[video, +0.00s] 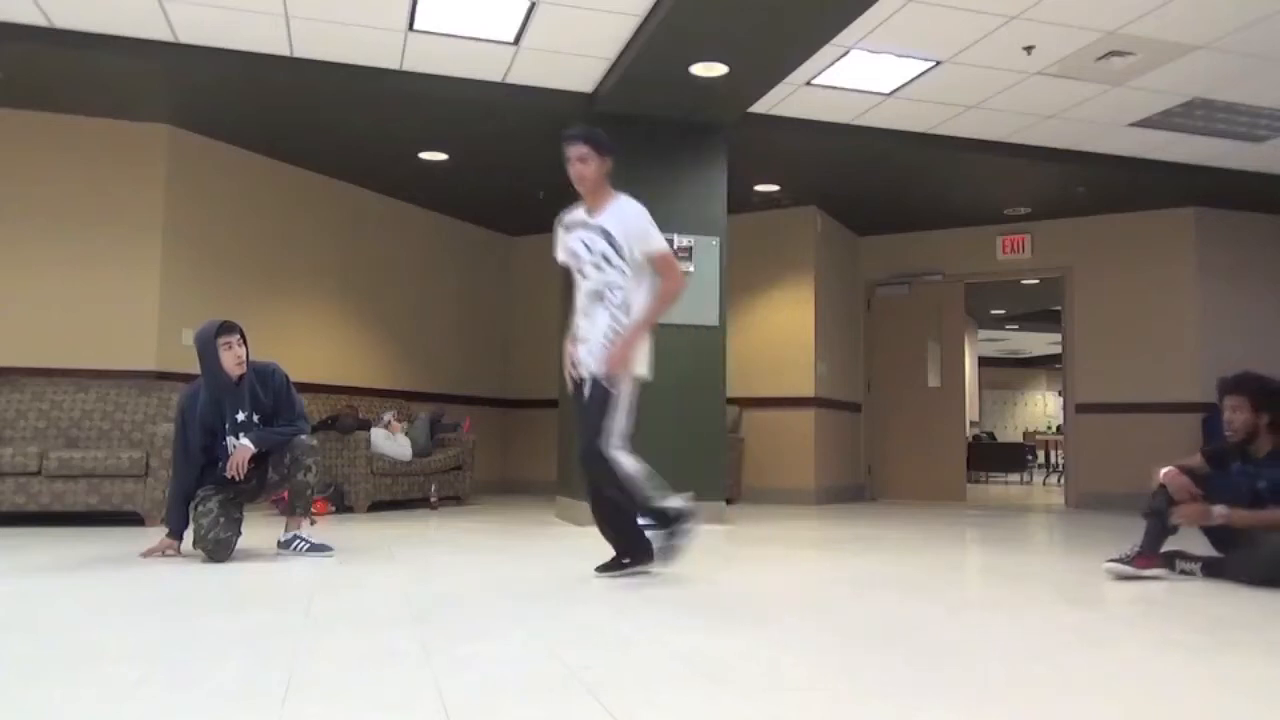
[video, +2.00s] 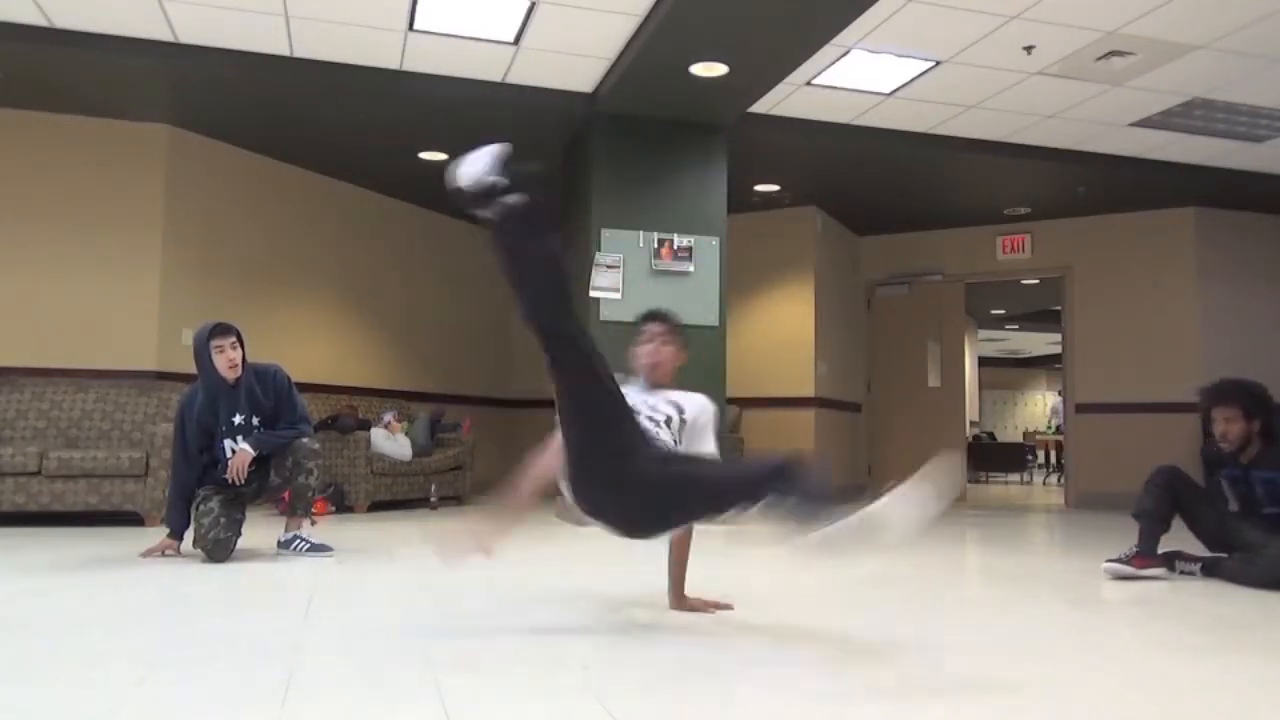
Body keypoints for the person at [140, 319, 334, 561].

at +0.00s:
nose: (239, 353)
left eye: (240, 344)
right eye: (227, 347)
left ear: (246, 347)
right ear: (210, 356)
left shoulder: (269, 377)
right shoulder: (194, 400)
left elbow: (299, 426)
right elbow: (185, 469)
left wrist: (252, 442)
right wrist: (174, 534)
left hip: (263, 474)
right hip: (217, 488)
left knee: (304, 448)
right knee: (216, 550)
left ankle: (292, 534)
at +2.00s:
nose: (231, 356)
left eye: (234, 347)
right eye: (220, 351)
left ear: (242, 349)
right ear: (205, 359)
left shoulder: (271, 379)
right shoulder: (194, 403)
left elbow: (302, 428)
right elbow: (184, 470)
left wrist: (253, 445)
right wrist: (174, 535)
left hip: (264, 476)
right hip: (218, 489)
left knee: (307, 449)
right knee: (215, 549)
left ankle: (292, 534)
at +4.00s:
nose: (230, 357)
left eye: (234, 348)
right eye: (219, 352)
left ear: (242, 350)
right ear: (205, 359)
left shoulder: (272, 379)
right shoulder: (194, 403)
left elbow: (303, 429)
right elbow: (184, 470)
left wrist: (254, 447)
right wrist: (174, 535)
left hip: (265, 477)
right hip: (219, 488)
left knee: (307, 450)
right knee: (215, 549)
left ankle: (292, 534)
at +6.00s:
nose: (231, 356)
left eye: (234, 347)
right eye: (220, 351)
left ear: (243, 350)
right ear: (205, 360)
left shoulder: (272, 380)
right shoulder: (194, 403)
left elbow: (304, 430)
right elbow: (184, 470)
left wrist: (256, 444)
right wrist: (174, 535)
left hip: (267, 476)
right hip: (221, 488)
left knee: (307, 450)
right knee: (215, 549)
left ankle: (292, 534)